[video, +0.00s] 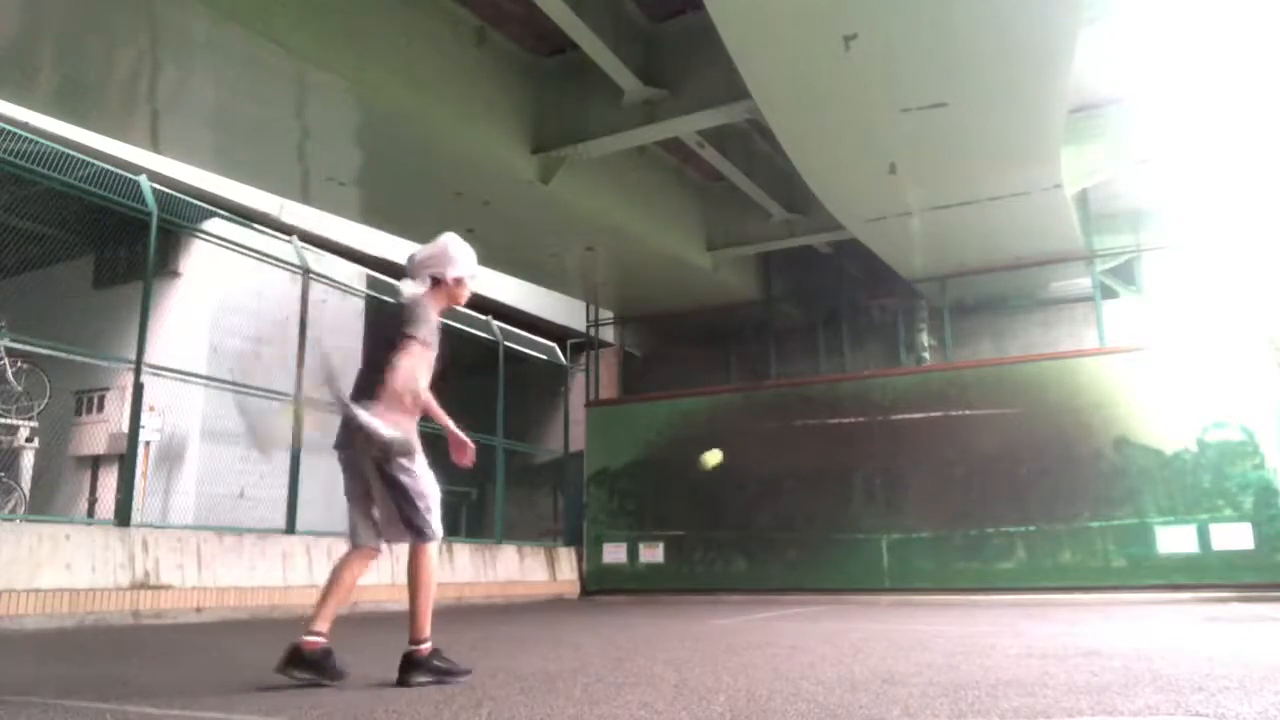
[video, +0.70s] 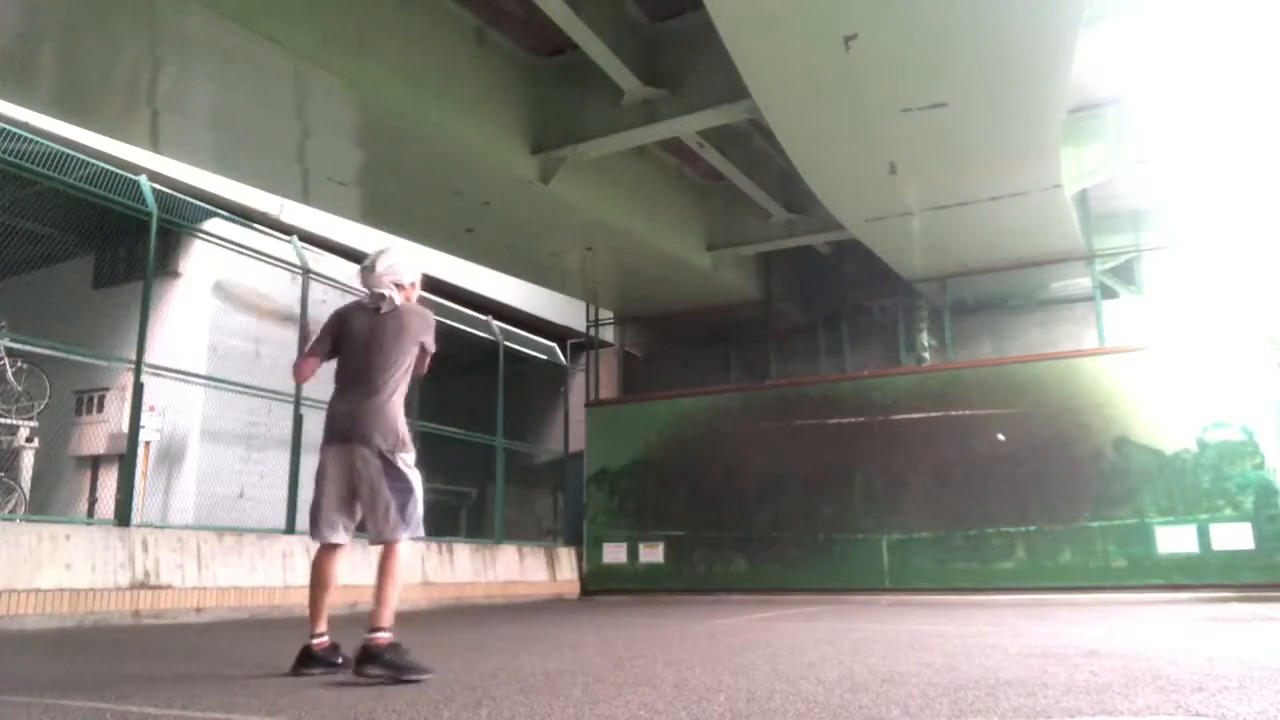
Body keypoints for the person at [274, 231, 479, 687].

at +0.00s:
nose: (469, 290)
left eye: (470, 281)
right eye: (467, 281)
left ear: (434, 278)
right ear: (447, 279)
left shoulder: (405, 313)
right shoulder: (423, 317)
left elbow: (416, 386)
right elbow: (398, 379)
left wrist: (451, 429)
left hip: (357, 435)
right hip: (391, 436)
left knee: (367, 543)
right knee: (426, 536)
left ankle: (311, 643)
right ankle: (421, 652)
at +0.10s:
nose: (470, 294)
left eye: (471, 285)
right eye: (468, 284)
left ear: (429, 278)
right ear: (447, 280)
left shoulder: (386, 311)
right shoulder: (437, 317)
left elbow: (400, 375)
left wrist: (449, 403)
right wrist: (517, 447)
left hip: (352, 433)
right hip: (396, 433)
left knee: (368, 540)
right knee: (422, 537)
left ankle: (339, 646)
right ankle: (420, 652)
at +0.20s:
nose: (465, 293)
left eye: (467, 284)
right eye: (463, 283)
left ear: (424, 277)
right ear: (443, 279)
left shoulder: (382, 312)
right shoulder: (442, 321)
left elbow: (400, 357)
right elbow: (498, 377)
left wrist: (446, 368)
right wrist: (553, 414)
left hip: (354, 436)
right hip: (398, 438)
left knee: (366, 536)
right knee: (422, 540)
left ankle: (344, 642)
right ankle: (421, 652)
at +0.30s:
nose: (460, 289)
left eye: (460, 280)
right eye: (457, 280)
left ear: (416, 277)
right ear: (440, 279)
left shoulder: (379, 311)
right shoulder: (444, 318)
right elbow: (492, 352)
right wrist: (529, 362)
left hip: (359, 438)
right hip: (404, 442)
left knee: (359, 536)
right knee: (424, 540)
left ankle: (328, 636)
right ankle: (421, 652)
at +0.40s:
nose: (447, 290)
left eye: (448, 282)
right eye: (446, 282)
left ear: (406, 276)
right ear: (433, 281)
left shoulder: (373, 310)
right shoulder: (434, 317)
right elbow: (477, 328)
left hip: (359, 440)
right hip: (403, 445)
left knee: (349, 541)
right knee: (422, 541)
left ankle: (317, 640)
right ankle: (421, 651)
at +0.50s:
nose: (437, 293)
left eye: (436, 285)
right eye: (435, 285)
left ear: (395, 280)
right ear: (421, 285)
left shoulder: (364, 316)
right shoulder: (425, 318)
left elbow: (340, 334)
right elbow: (451, 333)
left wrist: (373, 300)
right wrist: (419, 300)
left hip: (351, 442)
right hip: (394, 445)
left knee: (342, 541)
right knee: (415, 540)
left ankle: (316, 643)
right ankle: (421, 649)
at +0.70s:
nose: (419, 291)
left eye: (417, 284)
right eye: (417, 285)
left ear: (373, 282)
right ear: (404, 285)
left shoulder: (346, 315)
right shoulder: (419, 317)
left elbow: (302, 372)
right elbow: (422, 366)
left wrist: (315, 343)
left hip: (339, 435)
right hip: (385, 437)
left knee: (331, 541)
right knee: (393, 540)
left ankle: (317, 644)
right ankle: (379, 645)